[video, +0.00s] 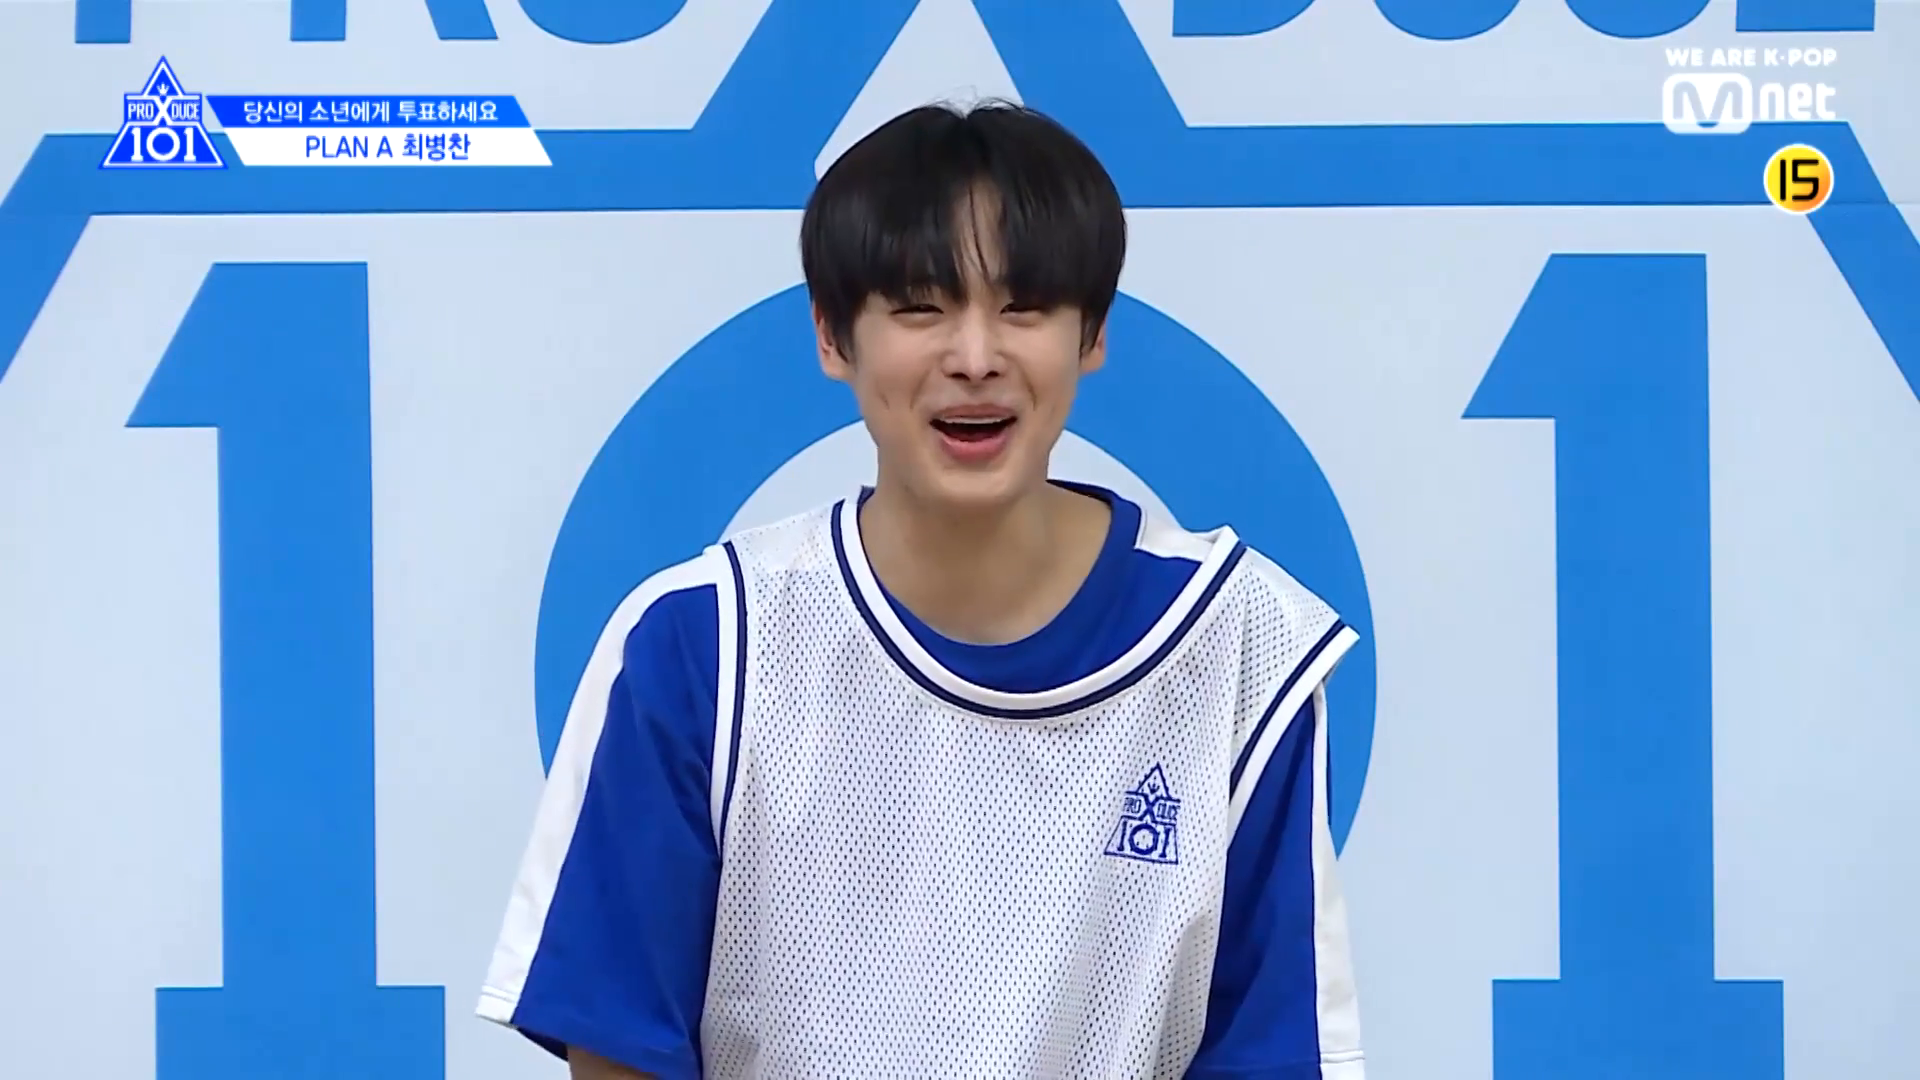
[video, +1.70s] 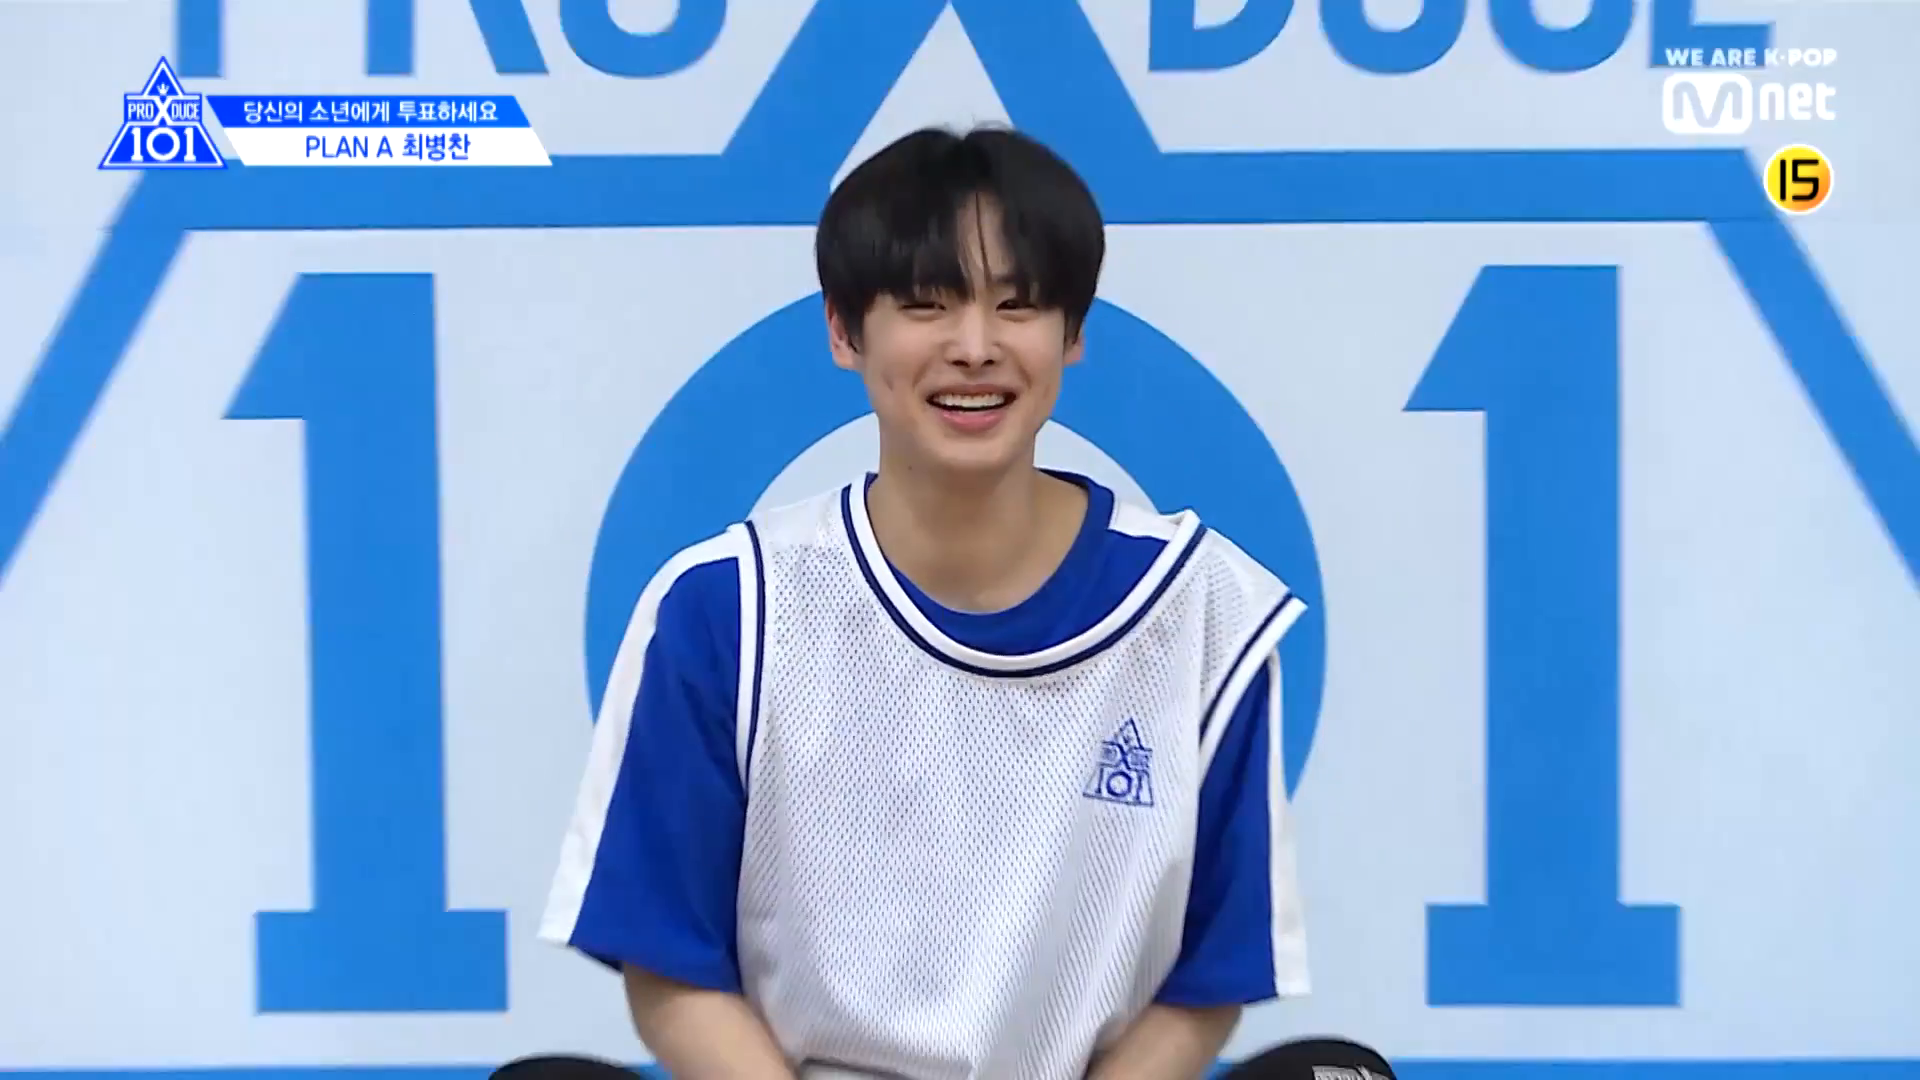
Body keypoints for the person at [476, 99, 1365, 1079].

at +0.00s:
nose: (975, 359)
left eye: (1023, 306)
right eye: (922, 306)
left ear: (1088, 341)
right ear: (839, 344)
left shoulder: (1246, 653)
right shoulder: (692, 647)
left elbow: (1271, 1051)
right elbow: (616, 1046)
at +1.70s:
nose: (974, 347)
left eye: (1017, 303)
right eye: (928, 301)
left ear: (1070, 336)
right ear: (849, 333)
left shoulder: (1212, 617)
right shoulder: (720, 609)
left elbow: (1204, 991)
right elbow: (672, 978)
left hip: (1076, 1060)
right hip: (810, 1057)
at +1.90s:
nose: (964, 377)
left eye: (999, 342)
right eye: (926, 340)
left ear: (1043, 362)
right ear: (864, 363)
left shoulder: (1154, 584)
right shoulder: (762, 579)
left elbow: (1156, 885)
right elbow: (719, 877)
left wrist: (1018, 1051)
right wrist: (862, 1050)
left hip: (1057, 1050)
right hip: (825, 1045)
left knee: (1271, 988)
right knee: (601, 1001)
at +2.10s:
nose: (958, 391)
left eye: (986, 363)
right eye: (926, 363)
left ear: (1024, 379)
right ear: (879, 380)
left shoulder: (1113, 556)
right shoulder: (798, 551)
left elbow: (1114, 801)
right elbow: (761, 791)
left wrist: (1005, 940)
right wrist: (877, 937)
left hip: (1034, 965)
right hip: (850, 963)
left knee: (1209, 888)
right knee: (668, 901)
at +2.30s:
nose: (955, 396)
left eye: (979, 372)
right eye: (929, 372)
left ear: (1010, 387)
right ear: (892, 387)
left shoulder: (1084, 528)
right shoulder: (825, 525)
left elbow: (1080, 733)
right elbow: (797, 725)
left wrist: (994, 846)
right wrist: (891, 843)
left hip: (1018, 859)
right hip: (864, 859)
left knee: (1159, 804)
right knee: (720, 810)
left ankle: (1125, 1071)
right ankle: (760, 1071)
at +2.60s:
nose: (953, 404)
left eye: (972, 385)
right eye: (934, 385)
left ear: (997, 395)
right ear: (906, 396)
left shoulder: (1053, 505)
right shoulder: (856, 502)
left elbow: (1054, 658)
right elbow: (833, 652)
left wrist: (989, 744)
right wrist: (905, 745)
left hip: (1008, 751)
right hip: (886, 754)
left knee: (1113, 714)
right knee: (774, 722)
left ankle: (1088, 943)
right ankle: (807, 942)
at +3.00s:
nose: (958, 431)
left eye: (971, 419)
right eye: (944, 419)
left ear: (988, 426)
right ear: (923, 426)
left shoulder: (1029, 505)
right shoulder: (887, 503)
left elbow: (1028, 616)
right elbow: (869, 612)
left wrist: (980, 678)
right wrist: (921, 678)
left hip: (994, 682)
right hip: (906, 683)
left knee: (1070, 656)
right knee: (827, 661)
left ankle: (1052, 821)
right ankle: (849, 820)